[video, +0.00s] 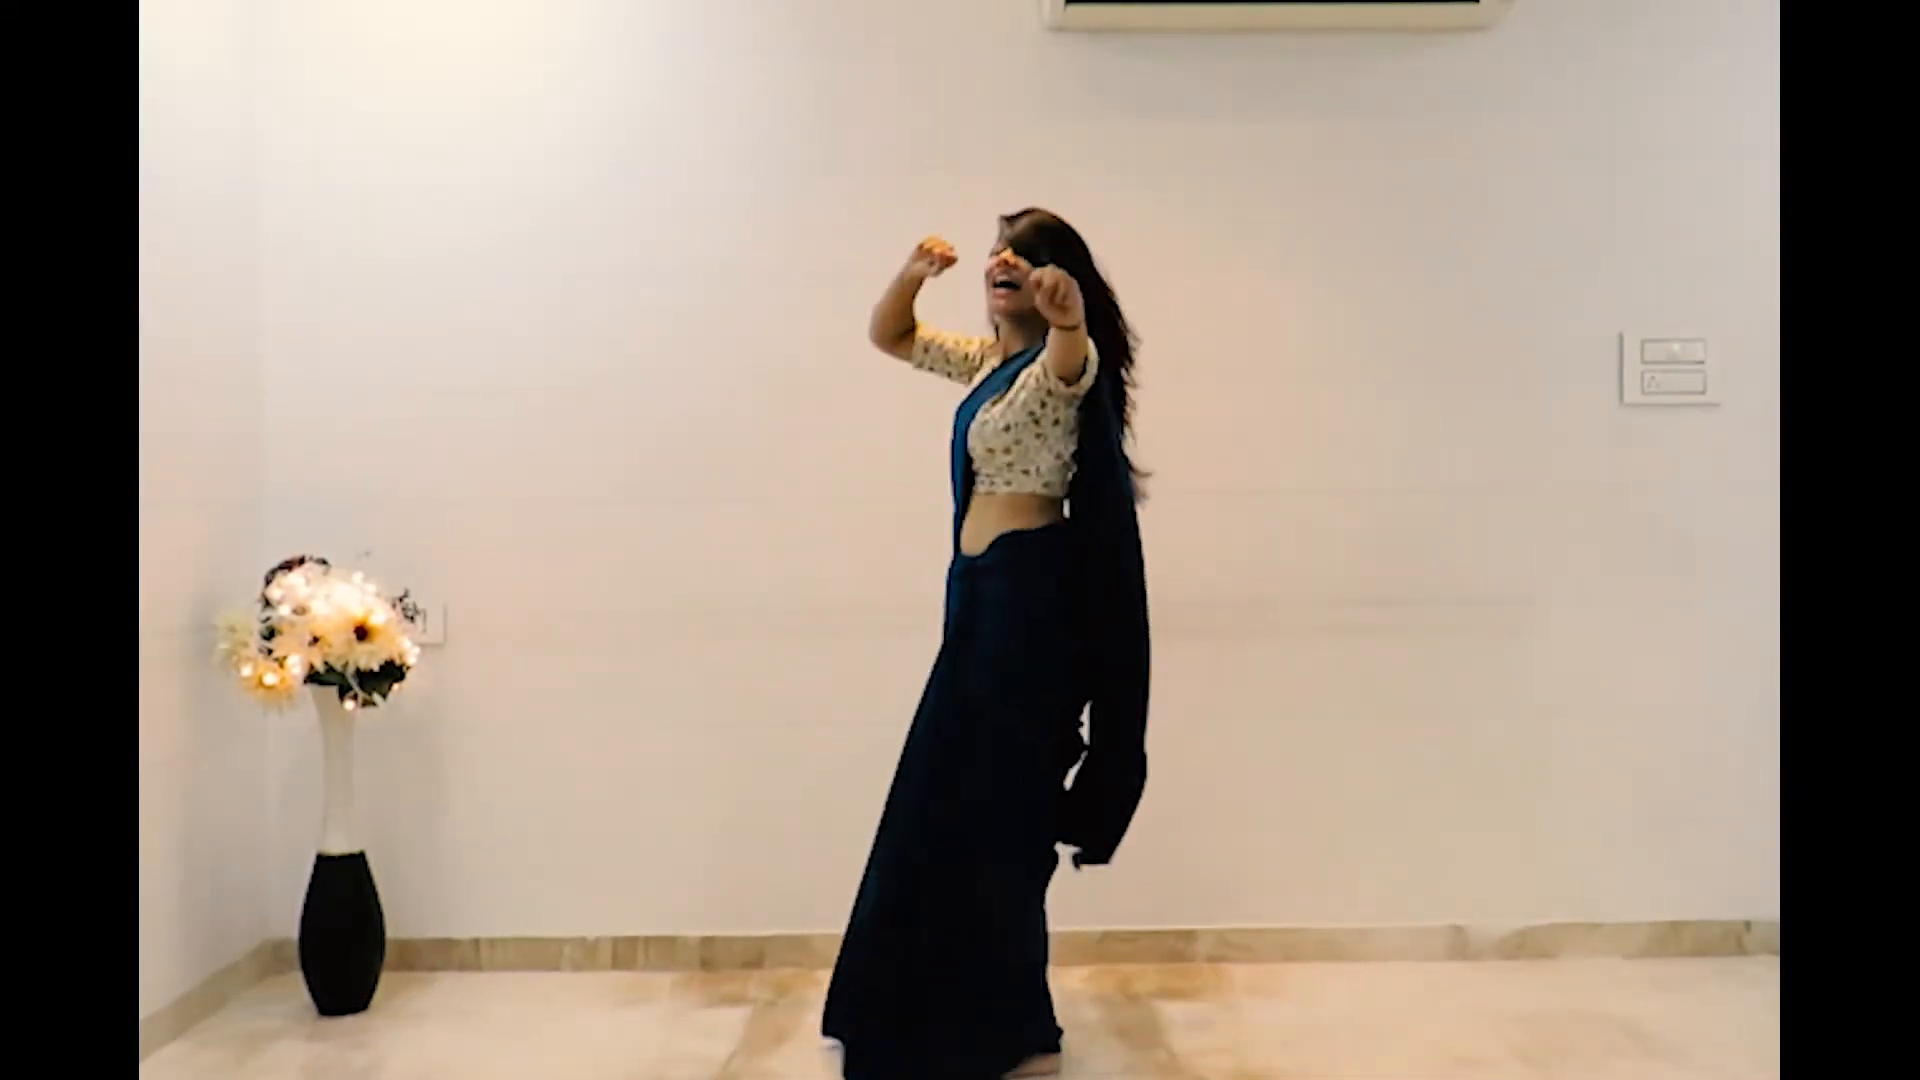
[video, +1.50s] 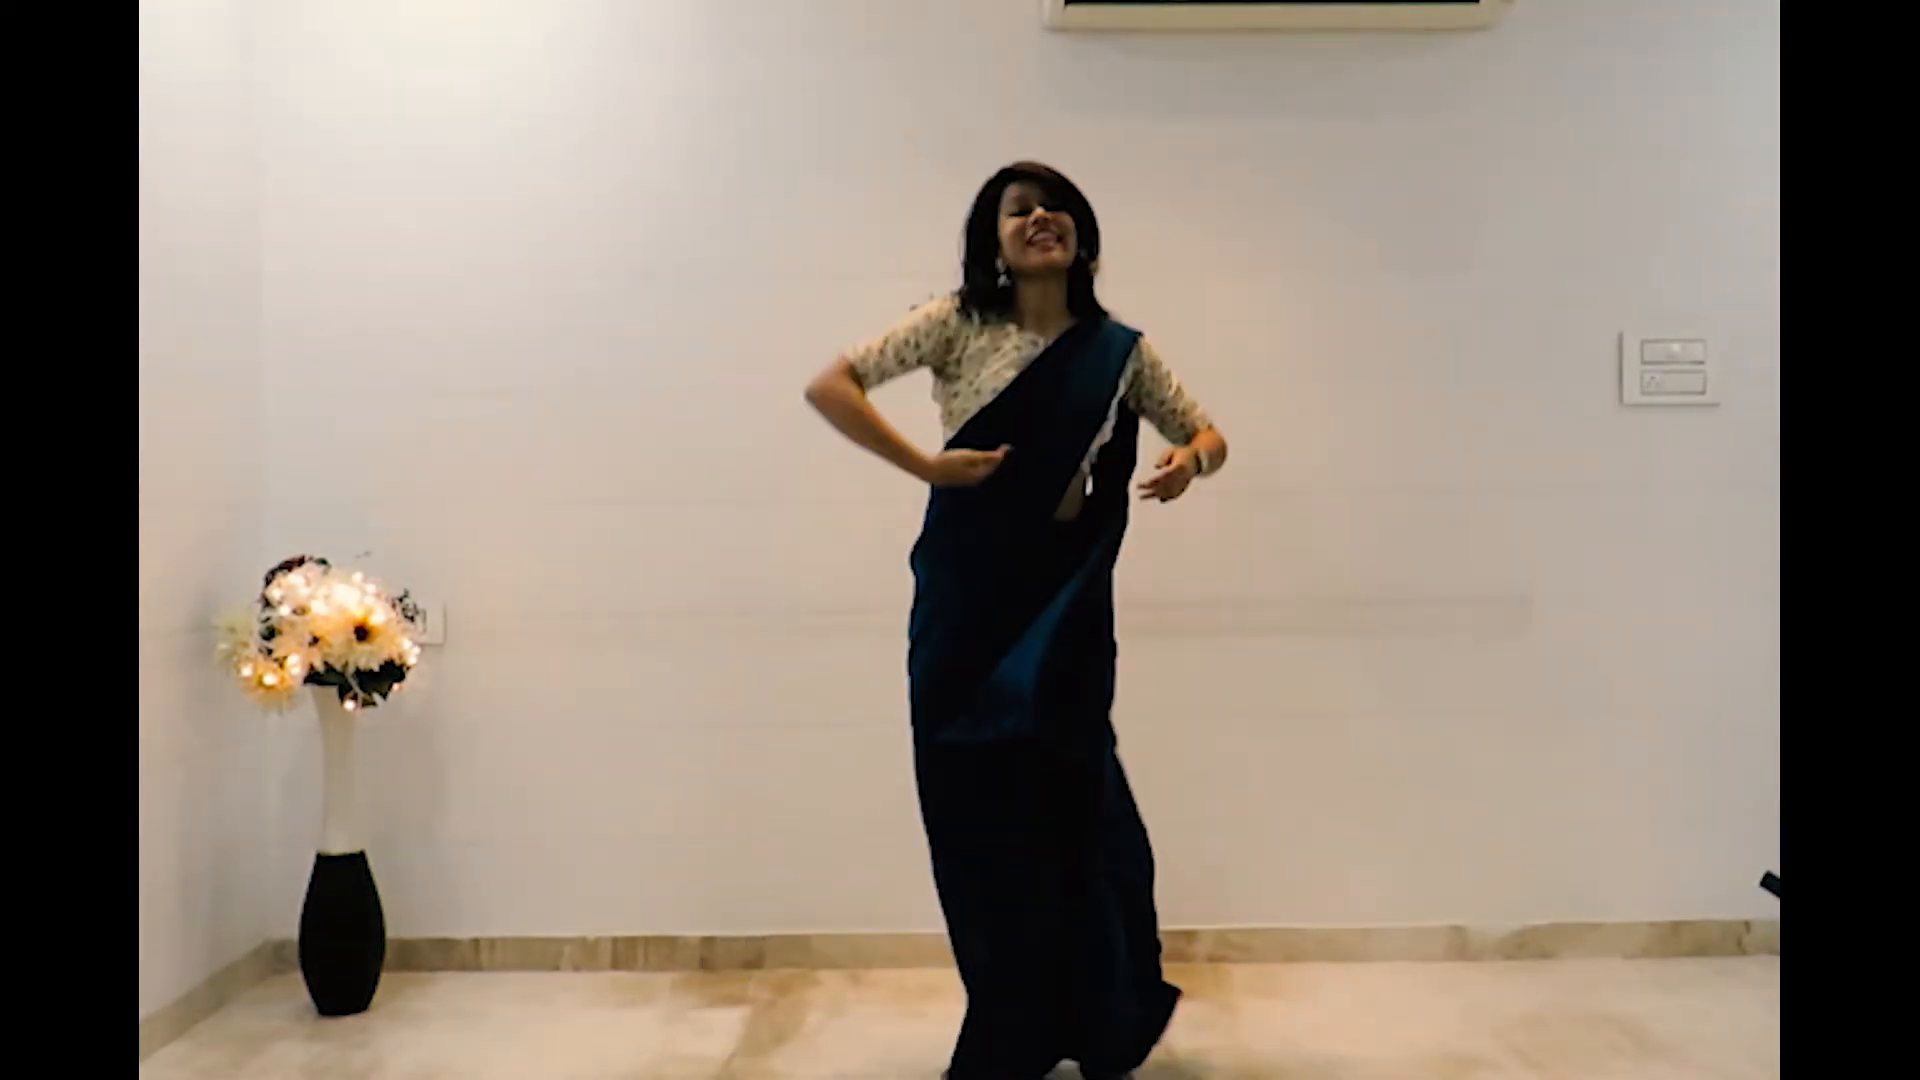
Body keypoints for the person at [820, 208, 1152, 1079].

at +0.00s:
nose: (1001, 269)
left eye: (1020, 258)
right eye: (997, 258)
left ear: (1054, 287)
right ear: (990, 284)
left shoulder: (1058, 367)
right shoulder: (989, 364)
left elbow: (1071, 348)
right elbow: (890, 336)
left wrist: (1060, 304)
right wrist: (909, 279)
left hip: (1026, 596)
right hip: (977, 596)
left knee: (960, 803)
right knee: (973, 805)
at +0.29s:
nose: (1010, 244)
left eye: (1029, 236)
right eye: (1000, 233)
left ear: (1061, 266)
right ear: (985, 260)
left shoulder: (1059, 345)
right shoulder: (976, 359)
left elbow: (1081, 355)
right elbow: (885, 388)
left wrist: (1062, 303)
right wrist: (912, 366)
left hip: (1024, 568)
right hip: (966, 572)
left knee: (1009, 782)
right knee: (968, 780)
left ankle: (1025, 1002)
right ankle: (979, 997)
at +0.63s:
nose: (977, 246)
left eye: (992, 242)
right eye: (987, 237)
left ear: (1015, 273)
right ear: (1038, 278)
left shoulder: (999, 354)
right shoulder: (1041, 341)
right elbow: (934, 326)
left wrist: (906, 239)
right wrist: (869, 377)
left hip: (1008, 591)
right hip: (1046, 578)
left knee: (947, 796)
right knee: (998, 797)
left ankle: (974, 1014)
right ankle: (1010, 1008)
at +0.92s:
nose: (980, 284)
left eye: (992, 273)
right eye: (987, 270)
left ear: (1013, 294)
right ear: (1071, 298)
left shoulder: (1008, 385)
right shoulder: (1063, 369)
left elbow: (885, 412)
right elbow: (965, 373)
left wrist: (896, 301)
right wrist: (898, 350)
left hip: (997, 624)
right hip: (1040, 610)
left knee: (900, 798)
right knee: (971, 803)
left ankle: (874, 1013)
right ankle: (987, 997)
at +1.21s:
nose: (1041, 251)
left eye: (1060, 244)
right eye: (1028, 239)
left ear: (1085, 275)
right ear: (997, 261)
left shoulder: (1093, 360)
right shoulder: (972, 360)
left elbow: (1028, 453)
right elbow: (921, 478)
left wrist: (934, 352)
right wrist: (904, 366)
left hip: (1070, 612)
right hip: (991, 611)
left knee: (1072, 806)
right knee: (988, 803)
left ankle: (1094, 1029)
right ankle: (984, 1016)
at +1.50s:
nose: (1041, 217)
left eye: (1056, 206)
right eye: (1020, 208)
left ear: (1081, 236)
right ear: (992, 239)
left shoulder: (1120, 347)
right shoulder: (956, 324)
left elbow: (1207, 438)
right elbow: (828, 387)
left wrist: (1188, 461)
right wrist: (924, 464)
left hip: (1067, 598)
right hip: (965, 594)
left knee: (1061, 790)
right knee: (972, 802)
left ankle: (1097, 1017)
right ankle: (1003, 1025)